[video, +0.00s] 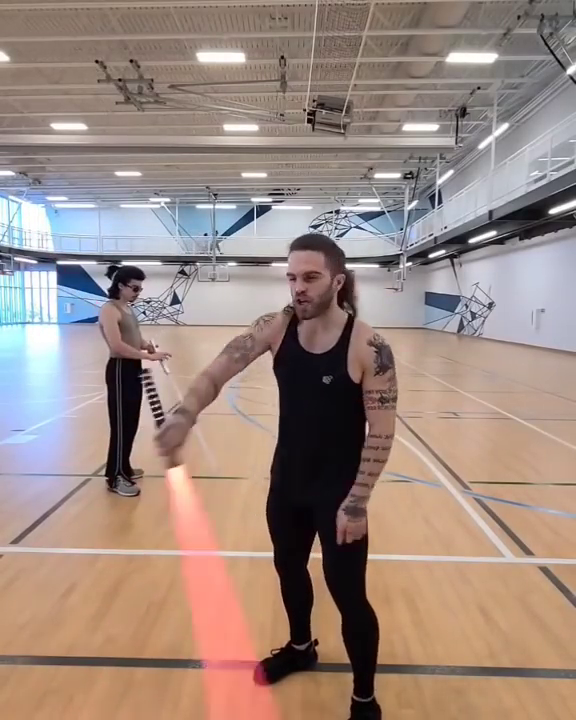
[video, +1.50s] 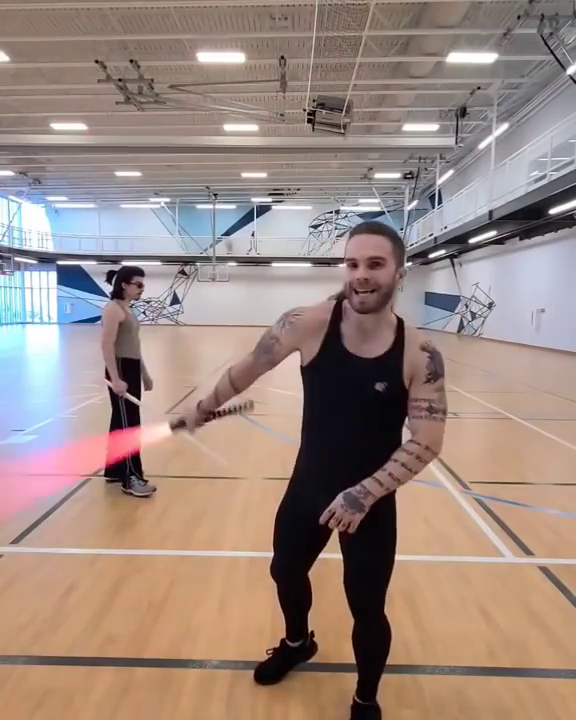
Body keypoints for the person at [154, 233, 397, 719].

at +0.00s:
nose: (298, 287)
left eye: (310, 278)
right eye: (292, 277)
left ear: (338, 280)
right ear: (287, 279)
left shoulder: (369, 347)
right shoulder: (277, 328)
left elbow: (381, 432)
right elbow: (217, 372)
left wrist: (357, 501)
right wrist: (184, 415)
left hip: (342, 487)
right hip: (289, 478)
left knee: (348, 595)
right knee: (290, 568)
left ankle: (363, 696)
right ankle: (301, 645)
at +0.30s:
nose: (298, 290)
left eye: (308, 281)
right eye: (296, 281)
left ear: (342, 285)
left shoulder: (383, 338)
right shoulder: (313, 344)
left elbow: (400, 423)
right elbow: (282, 409)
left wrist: (358, 494)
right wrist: (217, 405)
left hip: (374, 488)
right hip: (324, 480)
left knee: (363, 603)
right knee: (291, 570)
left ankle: (368, 702)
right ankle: (300, 644)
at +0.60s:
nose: (330, 273)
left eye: (344, 264)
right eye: (328, 264)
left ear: (377, 277)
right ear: (325, 269)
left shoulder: (410, 346)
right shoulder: (318, 335)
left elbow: (432, 438)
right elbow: (267, 373)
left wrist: (377, 504)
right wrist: (205, 381)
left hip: (380, 497)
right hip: (323, 484)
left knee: (368, 608)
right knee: (292, 568)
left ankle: (368, 700)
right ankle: (301, 642)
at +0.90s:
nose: (333, 270)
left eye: (347, 261)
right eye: (334, 261)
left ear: (382, 277)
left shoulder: (416, 349)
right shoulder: (320, 319)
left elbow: (405, 440)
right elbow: (260, 355)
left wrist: (335, 466)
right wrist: (228, 379)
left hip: (377, 487)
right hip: (318, 474)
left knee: (370, 602)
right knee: (294, 564)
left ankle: (367, 701)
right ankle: (298, 641)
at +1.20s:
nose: (321, 283)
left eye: (334, 274)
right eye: (320, 273)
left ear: (366, 281)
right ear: (320, 273)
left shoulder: (391, 333)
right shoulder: (331, 344)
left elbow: (404, 423)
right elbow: (293, 403)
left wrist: (349, 496)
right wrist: (241, 368)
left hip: (371, 496)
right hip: (321, 484)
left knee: (358, 611)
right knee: (285, 568)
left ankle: (367, 700)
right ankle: (298, 643)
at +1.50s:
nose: (361, 276)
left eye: (375, 264)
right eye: (352, 264)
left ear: (399, 273)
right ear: (342, 269)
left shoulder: (418, 354)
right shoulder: (306, 325)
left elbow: (424, 443)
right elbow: (241, 375)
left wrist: (364, 493)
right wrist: (199, 410)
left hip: (374, 494)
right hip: (311, 482)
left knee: (367, 606)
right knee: (286, 568)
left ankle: (366, 699)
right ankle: (298, 639)